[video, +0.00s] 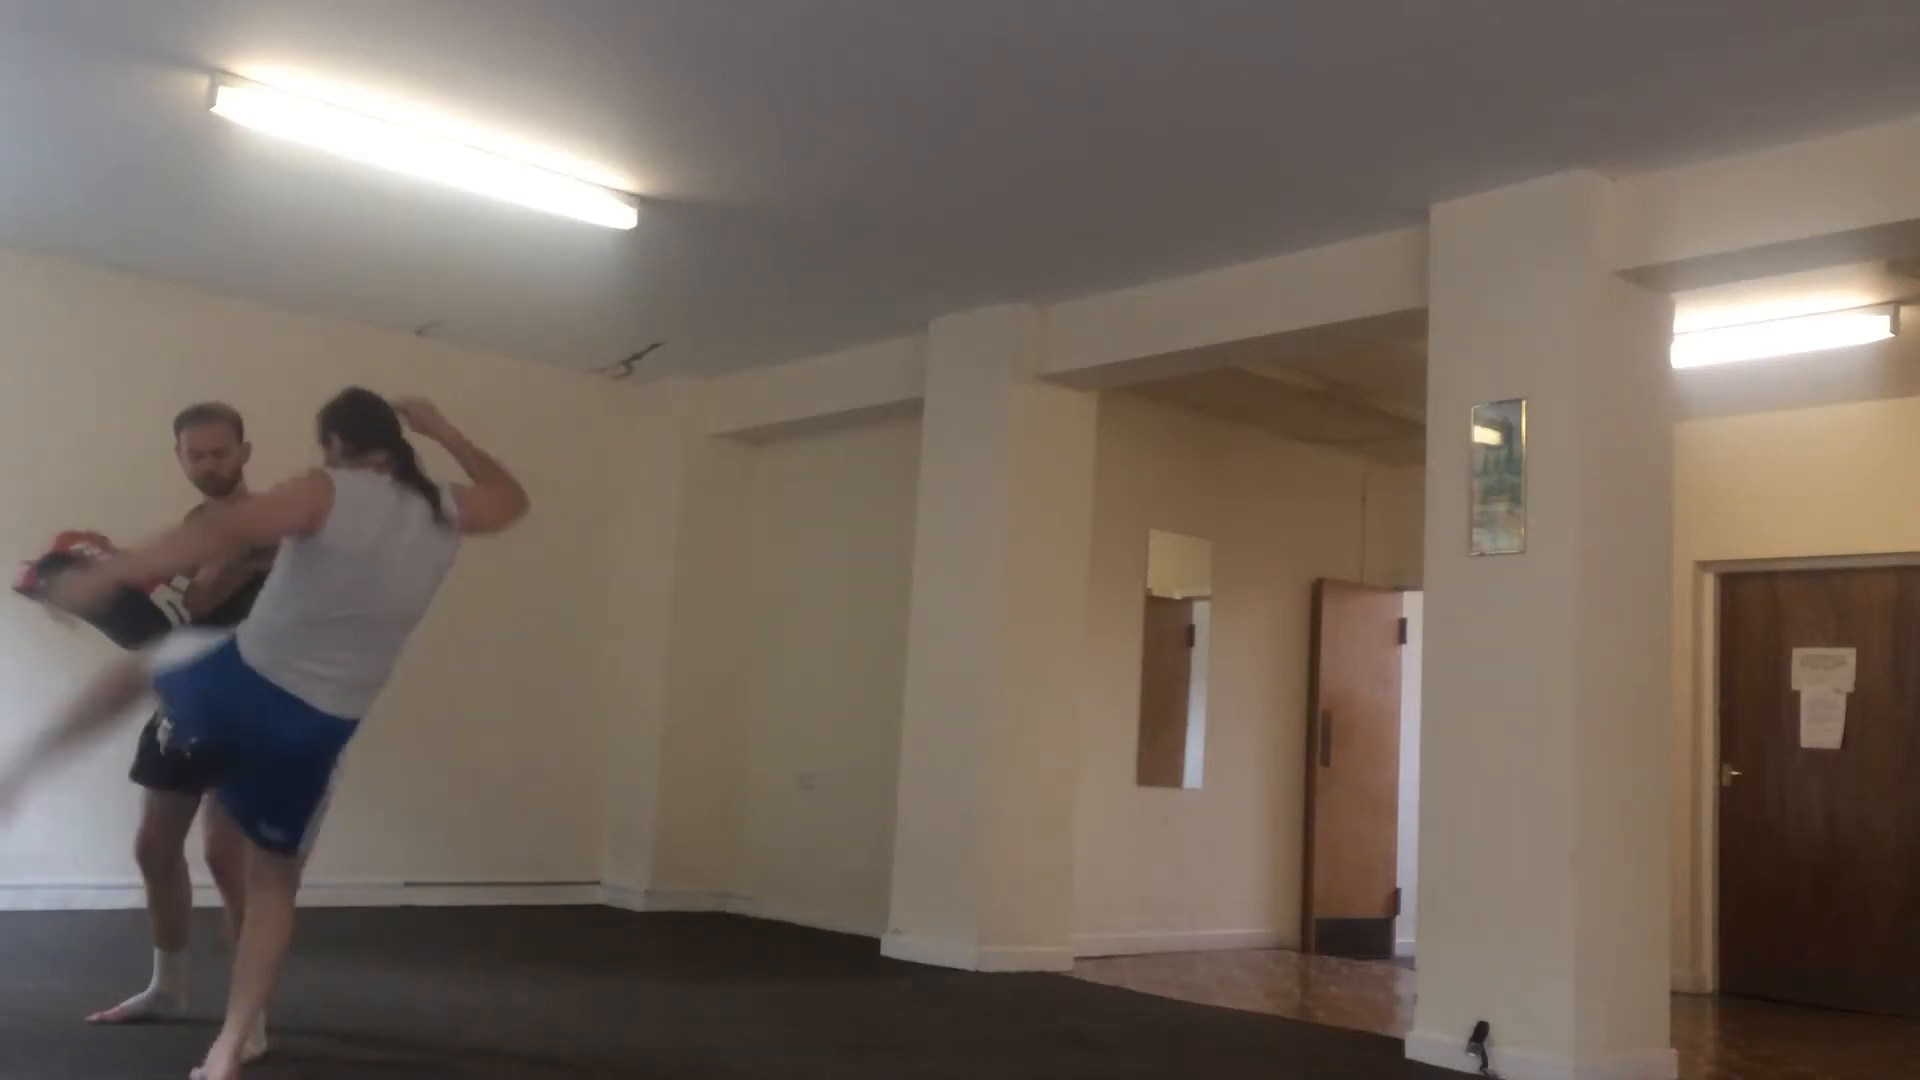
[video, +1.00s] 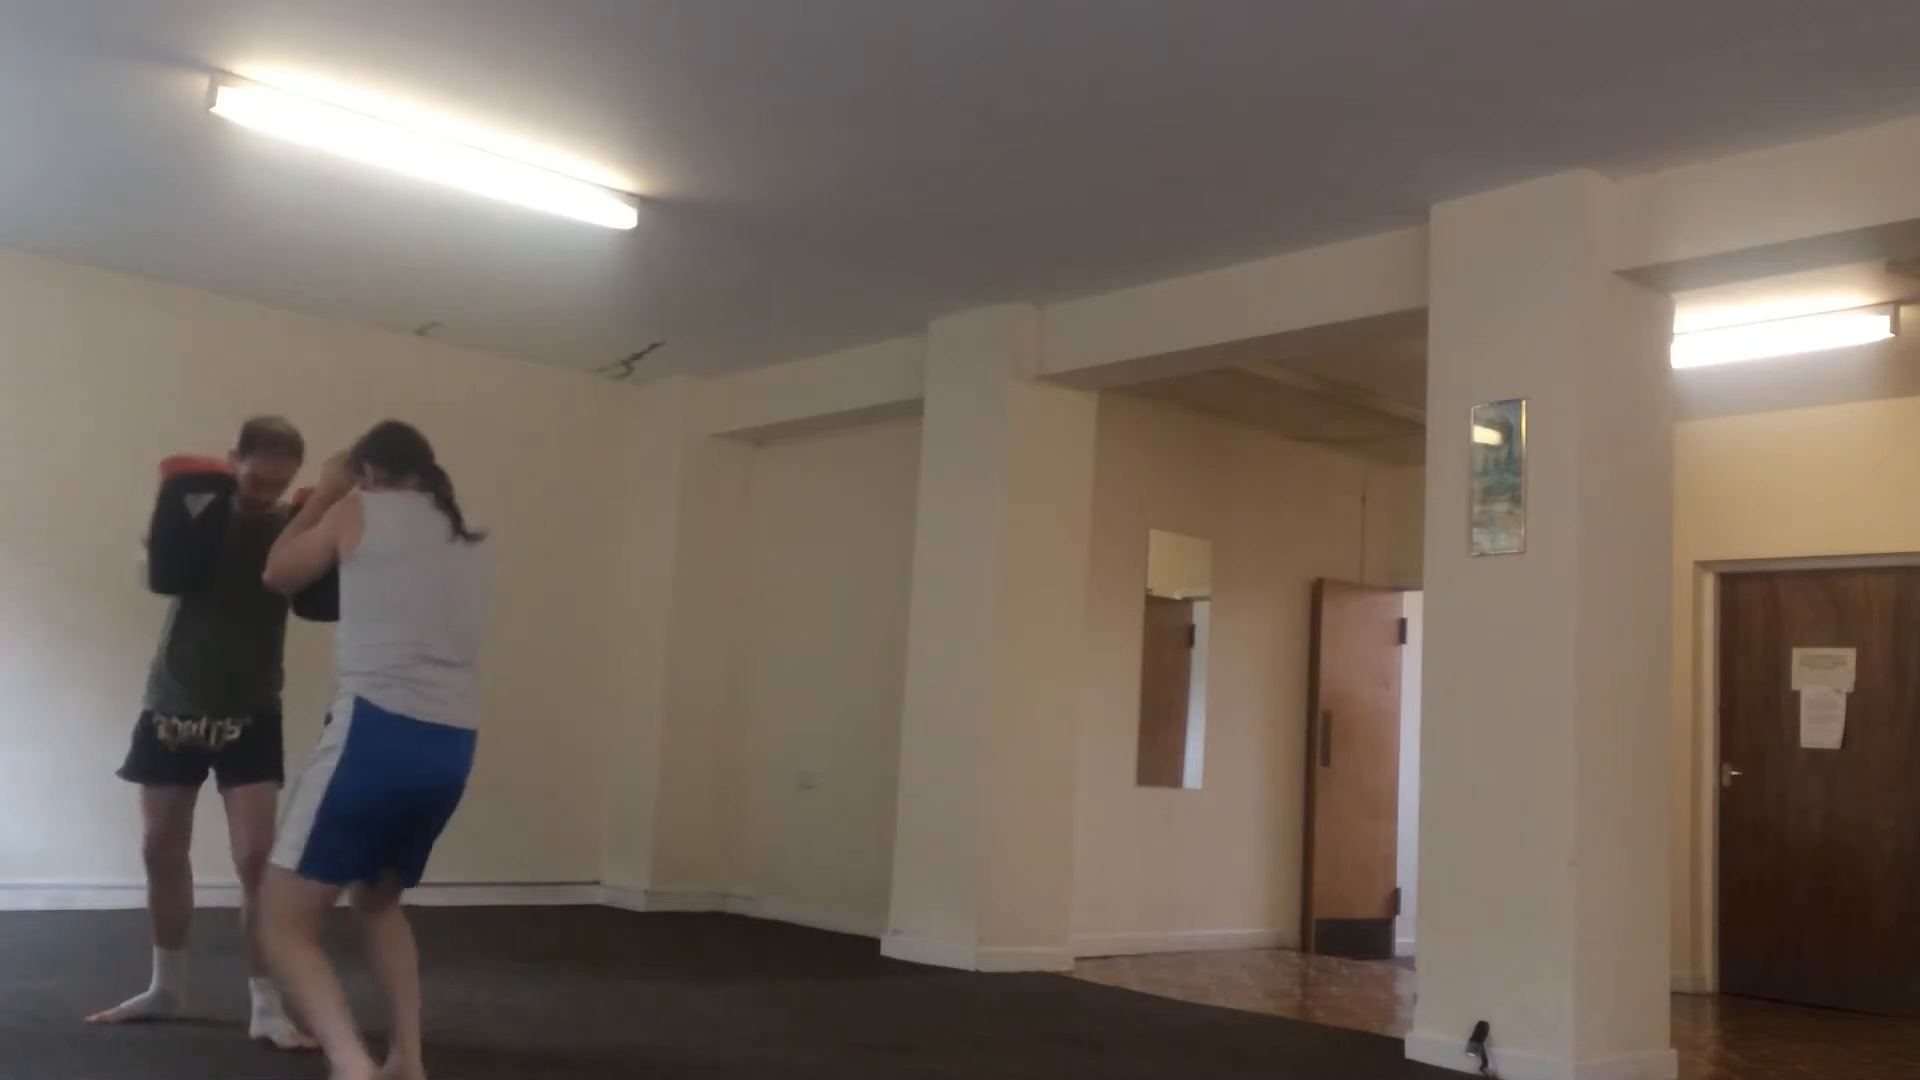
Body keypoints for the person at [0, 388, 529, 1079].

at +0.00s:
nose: (320, 456)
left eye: (323, 447)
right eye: (321, 449)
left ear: (338, 447)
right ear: (399, 447)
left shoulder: (324, 494)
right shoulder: (445, 512)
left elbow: (221, 526)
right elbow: (511, 499)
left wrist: (117, 569)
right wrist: (445, 432)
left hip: (241, 686)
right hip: (317, 730)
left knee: (137, 672)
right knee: (273, 877)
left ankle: (25, 775)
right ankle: (231, 1049)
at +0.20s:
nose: (292, 431)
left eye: (294, 420)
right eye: (294, 420)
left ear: (314, 417)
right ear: (367, 414)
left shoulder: (300, 468)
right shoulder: (419, 471)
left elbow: (217, 547)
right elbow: (478, 417)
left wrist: (107, 610)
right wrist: (396, 372)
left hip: (233, 659)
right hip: (315, 691)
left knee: (138, 607)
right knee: (265, 857)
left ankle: (78, 740)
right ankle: (221, 1024)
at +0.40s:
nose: (279, 440)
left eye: (281, 429)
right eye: (285, 429)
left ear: (293, 434)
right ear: (354, 434)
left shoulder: (266, 493)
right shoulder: (391, 503)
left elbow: (161, 562)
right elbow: (443, 481)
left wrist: (148, 497)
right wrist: (376, 428)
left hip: (228, 703)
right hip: (315, 718)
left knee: (145, 836)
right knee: (275, 874)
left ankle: (111, 1000)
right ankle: (236, 1030)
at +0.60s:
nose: (275, 477)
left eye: (277, 466)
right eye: (279, 467)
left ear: (290, 472)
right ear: (349, 469)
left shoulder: (267, 526)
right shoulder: (392, 549)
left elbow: (173, 574)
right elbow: (340, 618)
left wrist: (221, 499)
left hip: (260, 741)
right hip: (346, 752)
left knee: (169, 876)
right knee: (312, 884)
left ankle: (129, 1048)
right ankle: (339, 1028)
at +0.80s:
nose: (318, 488)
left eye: (321, 479)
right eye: (321, 479)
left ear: (336, 482)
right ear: (394, 485)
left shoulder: (327, 521)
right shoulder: (432, 545)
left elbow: (247, 584)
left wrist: (285, 506)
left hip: (338, 742)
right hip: (417, 753)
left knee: (213, 873)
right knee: (355, 898)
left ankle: (192, 1056)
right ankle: (404, 1057)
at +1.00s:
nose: (351, 484)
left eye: (352, 474)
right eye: (352, 474)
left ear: (370, 471)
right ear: (427, 475)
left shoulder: (361, 512)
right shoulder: (470, 539)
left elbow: (280, 572)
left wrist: (319, 499)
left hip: (369, 739)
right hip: (448, 751)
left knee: (284, 921)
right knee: (379, 899)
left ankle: (352, 1065)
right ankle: (408, 1058)